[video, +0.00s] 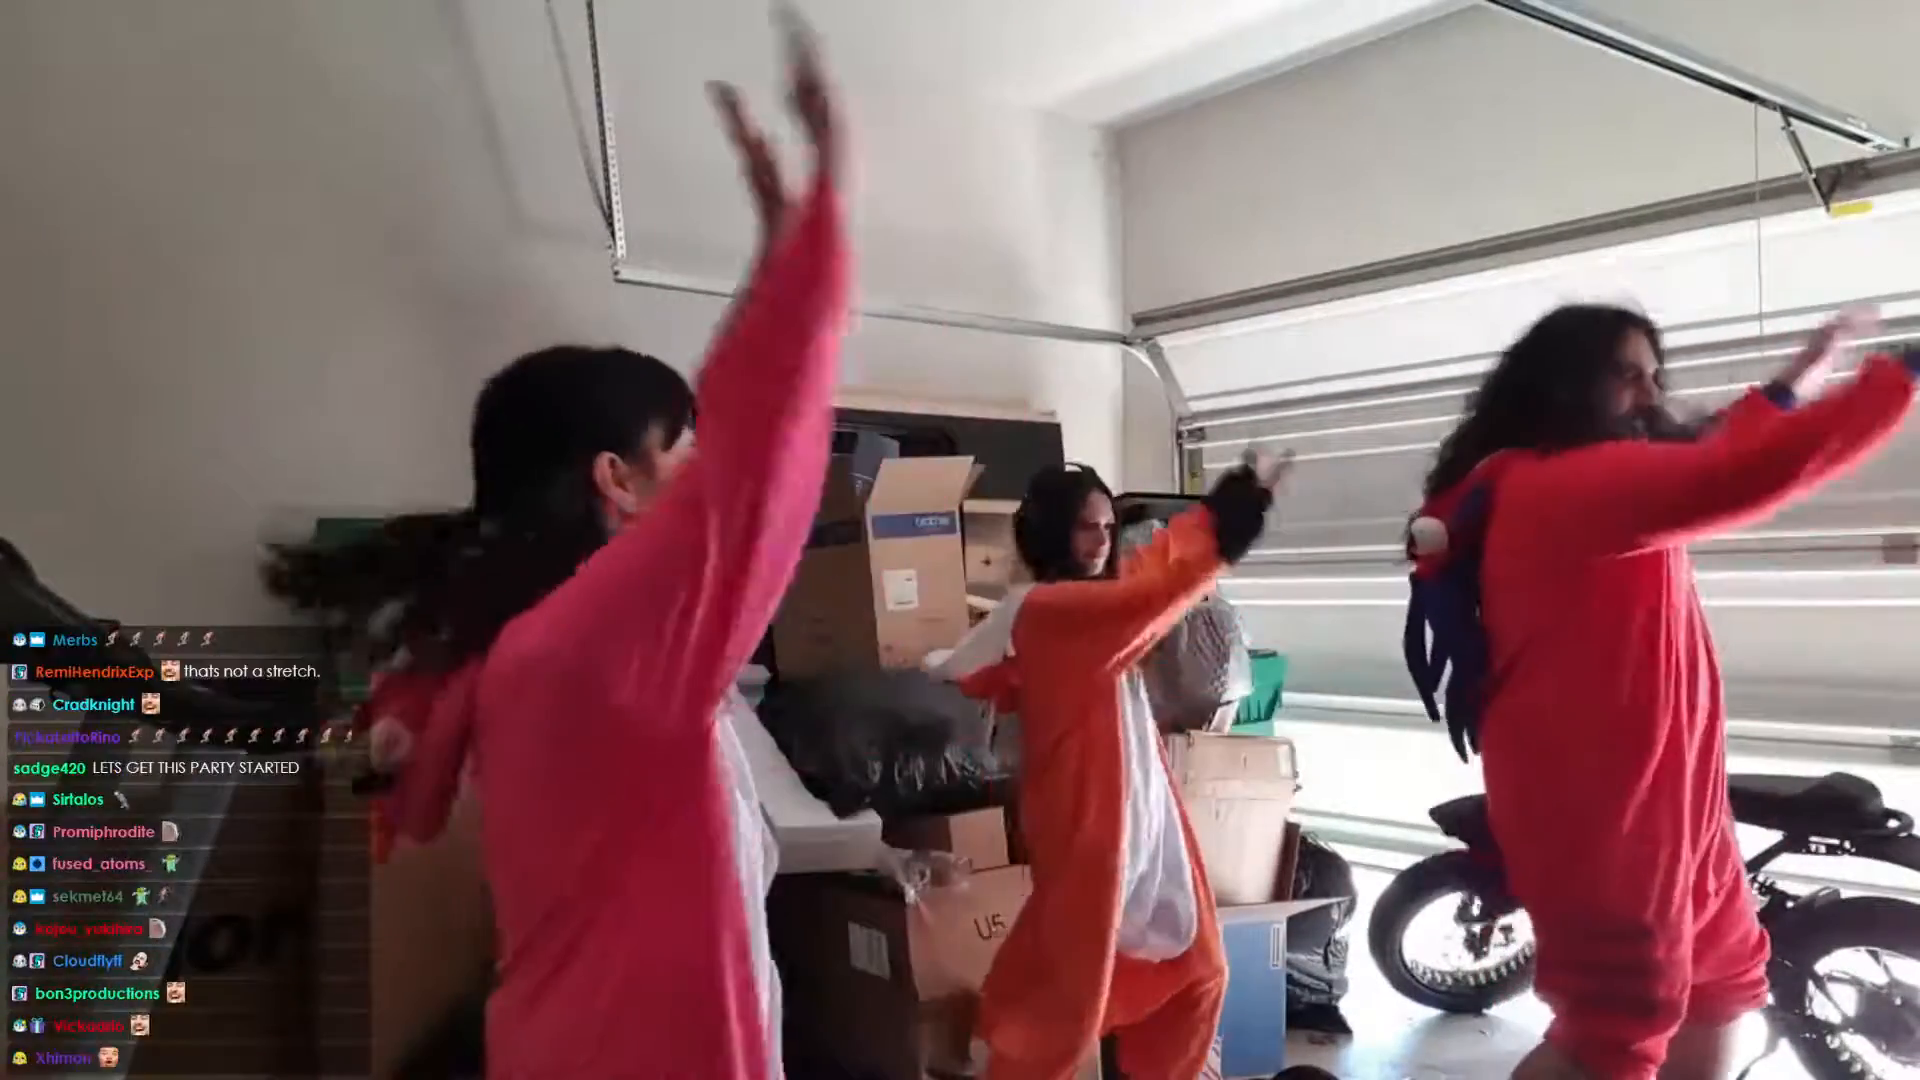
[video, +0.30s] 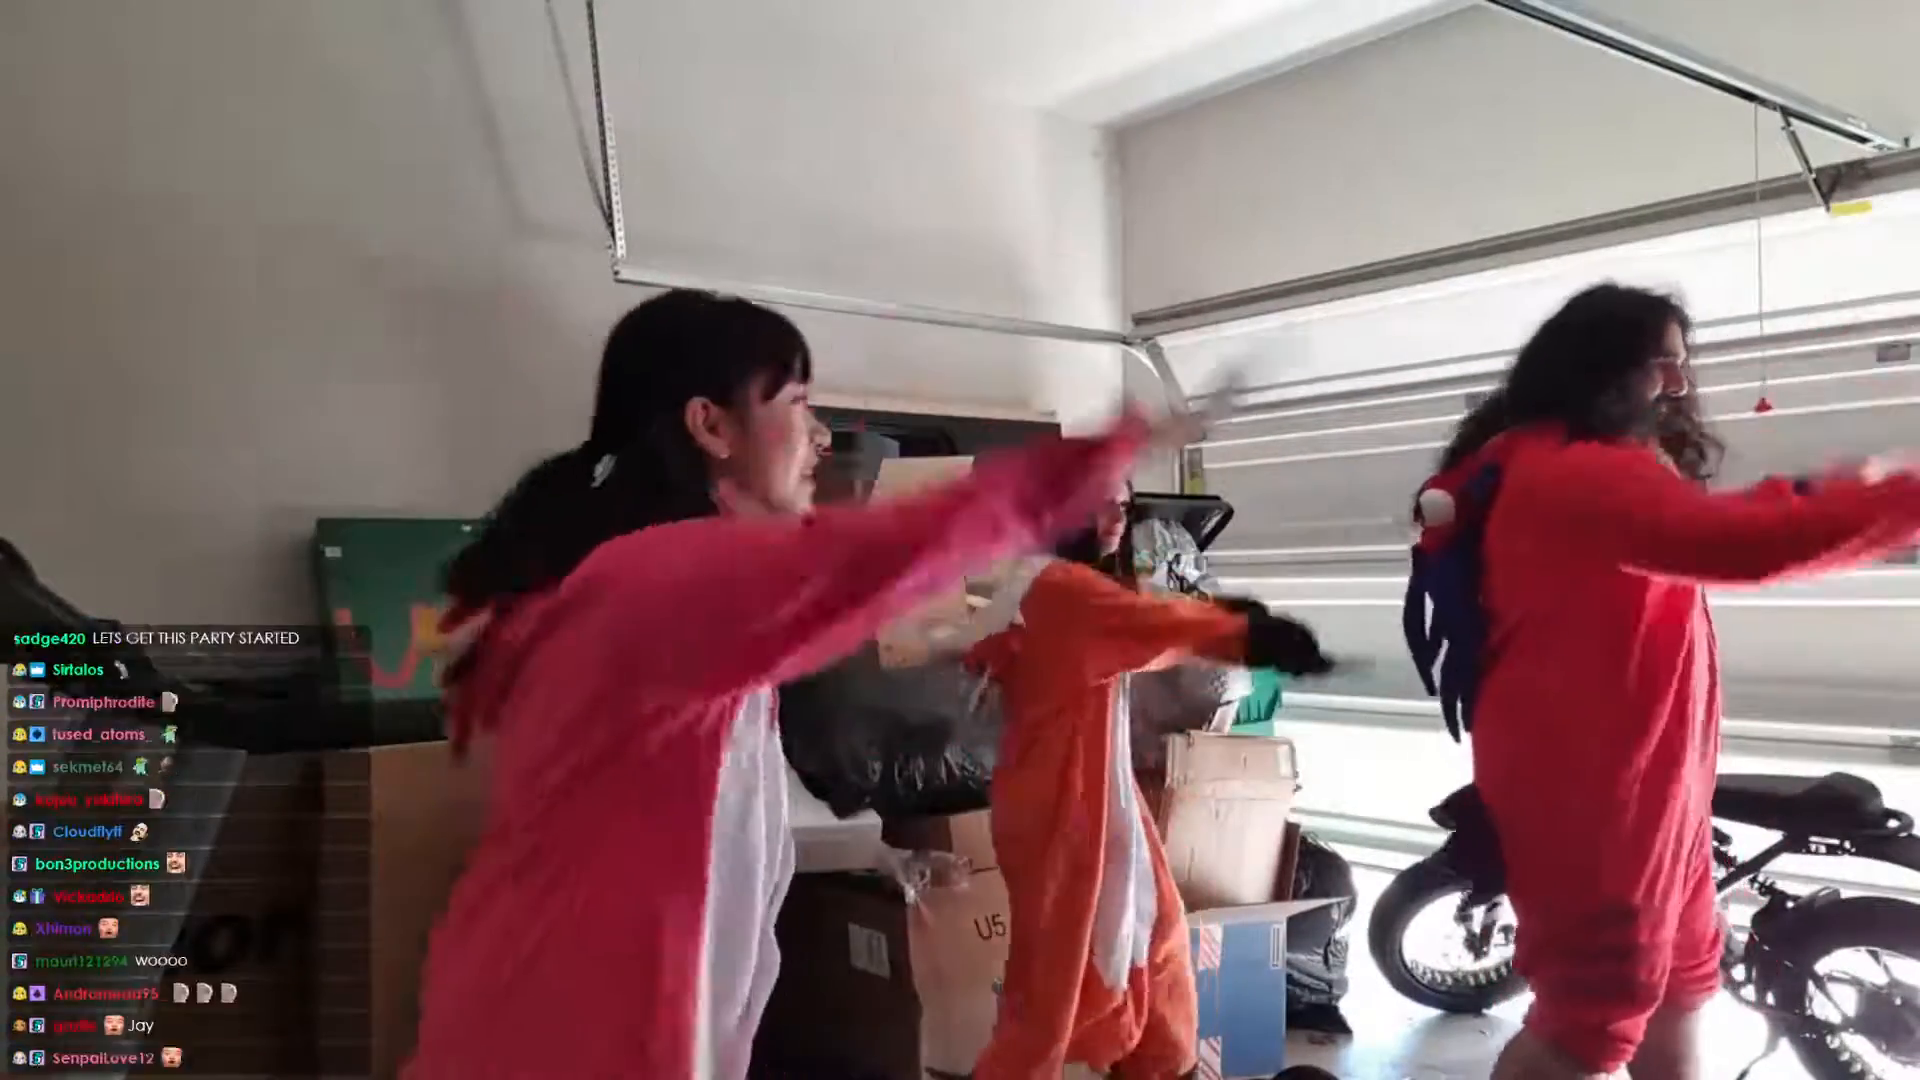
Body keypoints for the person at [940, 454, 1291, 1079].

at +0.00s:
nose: (1105, 539)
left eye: (1109, 525)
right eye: (1090, 526)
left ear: (1111, 529)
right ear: (1053, 532)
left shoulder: (1086, 605)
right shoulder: (1043, 609)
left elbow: (1159, 571)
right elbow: (1155, 591)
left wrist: (1237, 498)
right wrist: (1241, 503)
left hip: (1143, 805)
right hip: (1084, 813)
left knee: (1197, 971)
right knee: (1067, 981)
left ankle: (1158, 1071)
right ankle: (1019, 1064)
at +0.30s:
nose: (1120, 518)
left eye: (1123, 507)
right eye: (1109, 505)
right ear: (1073, 509)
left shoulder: (1064, 586)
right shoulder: (1063, 586)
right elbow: (1157, 624)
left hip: (1099, 789)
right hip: (1054, 794)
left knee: (1158, 923)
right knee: (1054, 941)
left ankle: (1162, 1063)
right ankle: (1020, 1063)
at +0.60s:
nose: (1157, 552)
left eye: (1155, 537)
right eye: (1149, 537)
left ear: (1080, 539)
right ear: (1119, 545)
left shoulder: (1050, 607)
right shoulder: (1089, 623)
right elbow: (1104, 746)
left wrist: (1135, 841)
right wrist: (1137, 856)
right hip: (1031, 831)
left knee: (1141, 970)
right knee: (1038, 988)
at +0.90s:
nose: (1123, 539)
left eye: (1123, 526)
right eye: (1116, 528)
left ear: (1038, 539)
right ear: (1096, 537)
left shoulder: (1068, 617)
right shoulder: (1071, 616)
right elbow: (1150, 546)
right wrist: (1193, 449)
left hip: (1138, 813)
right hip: (1095, 821)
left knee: (1193, 971)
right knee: (1080, 976)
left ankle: (1163, 1065)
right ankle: (1036, 1059)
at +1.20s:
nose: (1122, 517)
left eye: (1122, 502)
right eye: (1107, 501)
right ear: (1064, 507)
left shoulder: (1087, 588)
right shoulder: (1060, 589)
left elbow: (1009, 638)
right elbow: (1170, 598)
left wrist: (976, 653)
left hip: (1101, 804)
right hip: (1040, 810)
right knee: (1029, 995)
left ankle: (1147, 1062)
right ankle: (1000, 1067)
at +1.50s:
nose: (1135, 555)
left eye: (1130, 539)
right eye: (1129, 541)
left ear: (1046, 545)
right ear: (1111, 552)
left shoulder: (1052, 620)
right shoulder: (1067, 627)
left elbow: (1118, 741)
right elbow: (1087, 751)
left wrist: (1144, 840)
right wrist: (1123, 867)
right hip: (1015, 849)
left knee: (1144, 975)